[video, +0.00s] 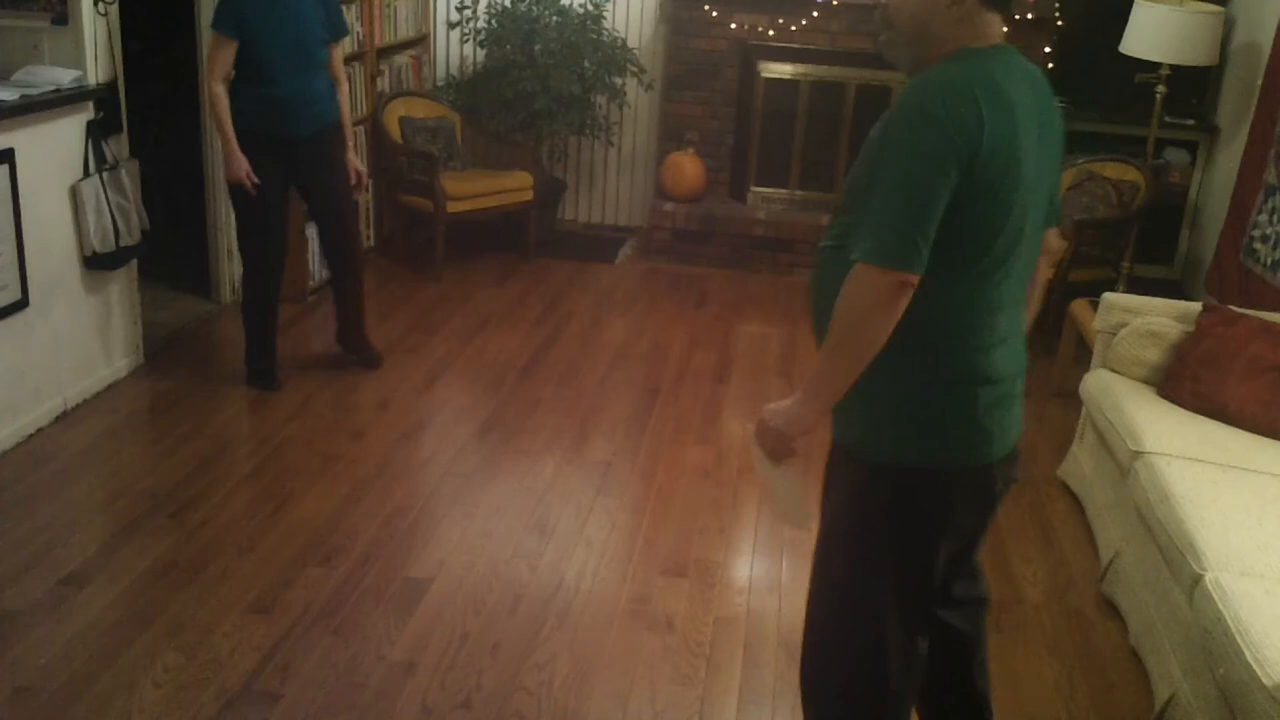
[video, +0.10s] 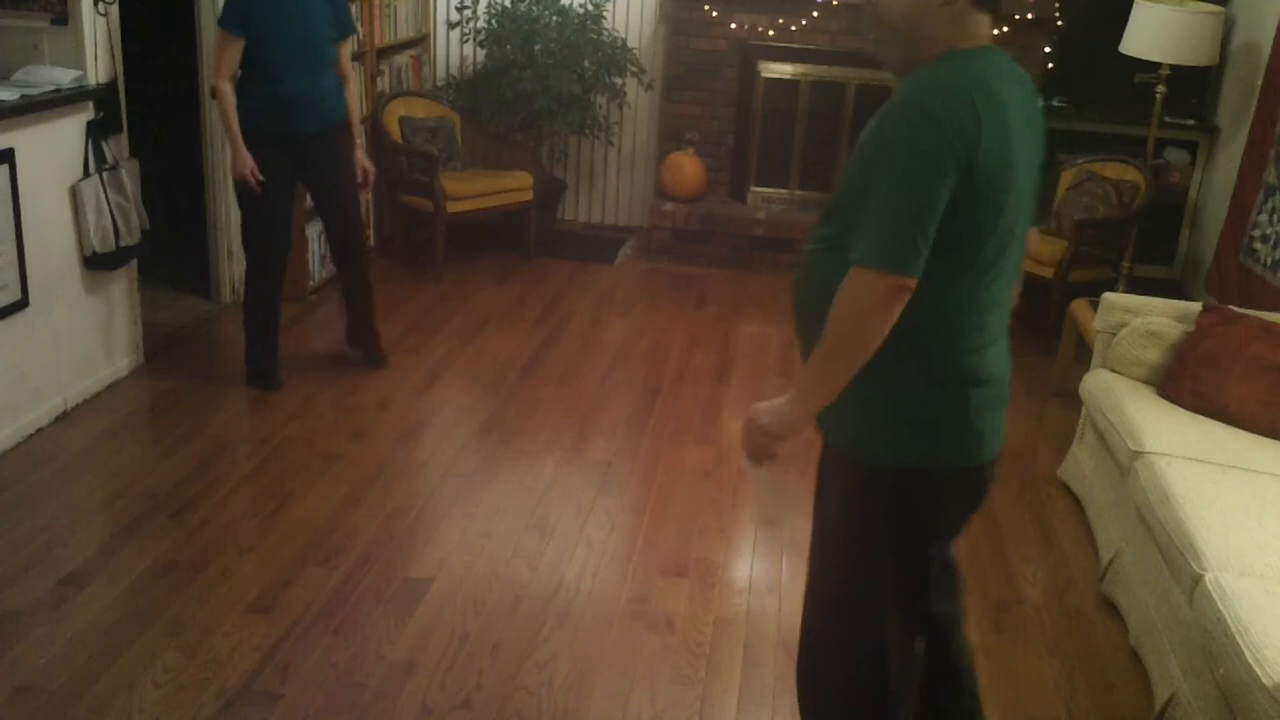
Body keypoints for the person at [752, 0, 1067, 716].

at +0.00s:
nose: (878, 14)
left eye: (891, 0)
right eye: (880, 3)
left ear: (950, 2)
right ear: (972, 8)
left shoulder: (938, 100)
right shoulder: (1029, 90)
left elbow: (888, 277)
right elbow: (1044, 243)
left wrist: (805, 404)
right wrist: (1002, 342)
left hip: (905, 440)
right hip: (982, 432)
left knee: (857, 643)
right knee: (947, 609)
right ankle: (958, 713)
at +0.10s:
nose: (869, 14)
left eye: (880, 1)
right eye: (872, 3)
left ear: (938, 3)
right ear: (964, 8)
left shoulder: (935, 100)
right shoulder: (1008, 88)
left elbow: (882, 280)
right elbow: (993, 268)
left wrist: (798, 404)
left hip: (894, 440)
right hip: (952, 431)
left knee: (850, 657)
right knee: (921, 620)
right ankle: (947, 709)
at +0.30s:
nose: (834, 13)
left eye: (851, 2)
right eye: (839, 3)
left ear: (915, 6)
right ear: (925, 11)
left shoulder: (923, 105)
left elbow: (881, 290)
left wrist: (778, 417)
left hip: (869, 444)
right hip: (855, 431)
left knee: (848, 642)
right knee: (841, 614)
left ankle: (845, 714)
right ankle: (830, 700)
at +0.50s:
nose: (818, 10)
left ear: (907, 8)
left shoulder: (928, 107)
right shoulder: (822, 89)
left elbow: (922, 283)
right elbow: (794, 234)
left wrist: (839, 417)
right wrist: (750, 340)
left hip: (870, 430)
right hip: (790, 401)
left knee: (837, 608)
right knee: (768, 574)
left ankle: (831, 710)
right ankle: (767, 690)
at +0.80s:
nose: (803, 9)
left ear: (871, 3)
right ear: (777, 3)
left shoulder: (919, 94)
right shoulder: (739, 66)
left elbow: (956, 253)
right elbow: (700, 197)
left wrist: (960, 384)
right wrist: (676, 309)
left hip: (855, 384)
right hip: (753, 369)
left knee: (824, 560)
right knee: (756, 540)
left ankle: (806, 705)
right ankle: (767, 678)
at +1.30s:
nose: (812, 3)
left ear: (866, 1)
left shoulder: (915, 82)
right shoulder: (724, 73)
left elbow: (955, 224)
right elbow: (688, 202)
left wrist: (966, 349)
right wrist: (675, 320)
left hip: (878, 379)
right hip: (761, 373)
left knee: (890, 561)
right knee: (771, 546)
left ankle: (910, 698)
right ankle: (774, 677)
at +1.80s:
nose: (912, 6)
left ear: (963, 5)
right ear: (871, 4)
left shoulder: (1020, 101)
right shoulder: (825, 91)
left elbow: (1060, 249)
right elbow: (787, 215)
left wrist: (1039, 379)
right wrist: (757, 324)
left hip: (962, 405)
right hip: (839, 391)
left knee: (959, 607)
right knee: (814, 558)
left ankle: (970, 713)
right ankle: (779, 677)